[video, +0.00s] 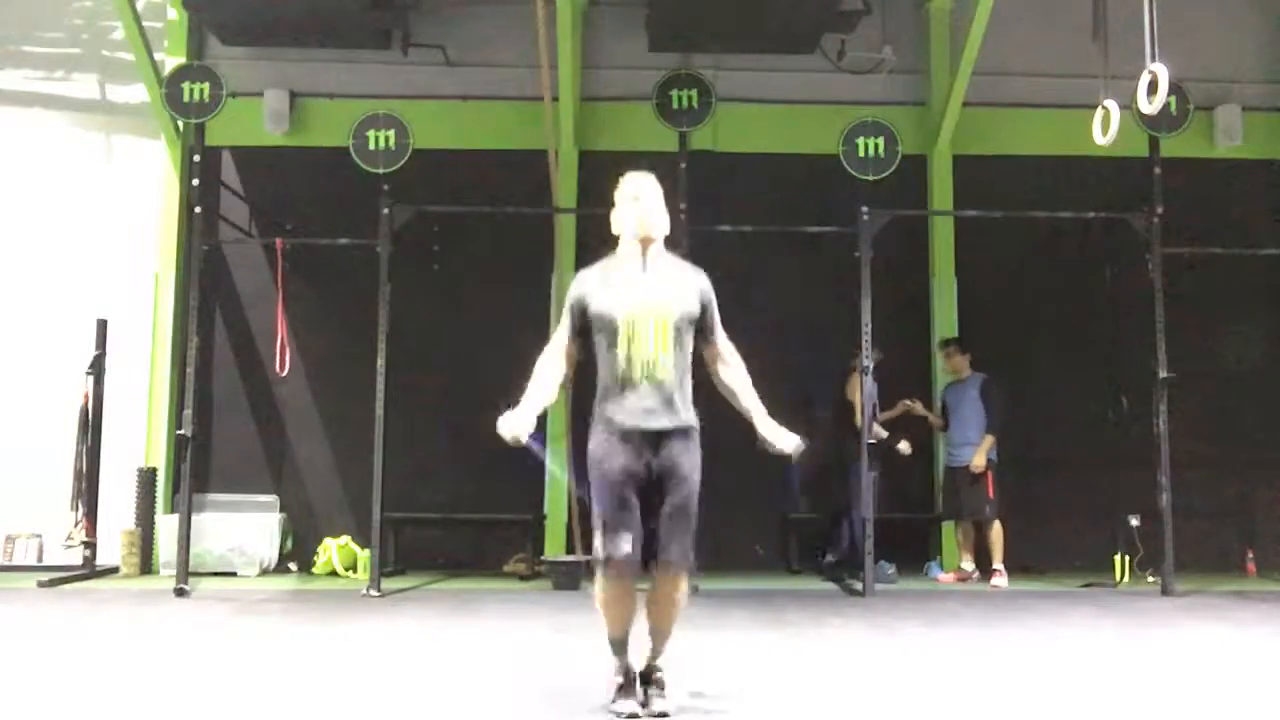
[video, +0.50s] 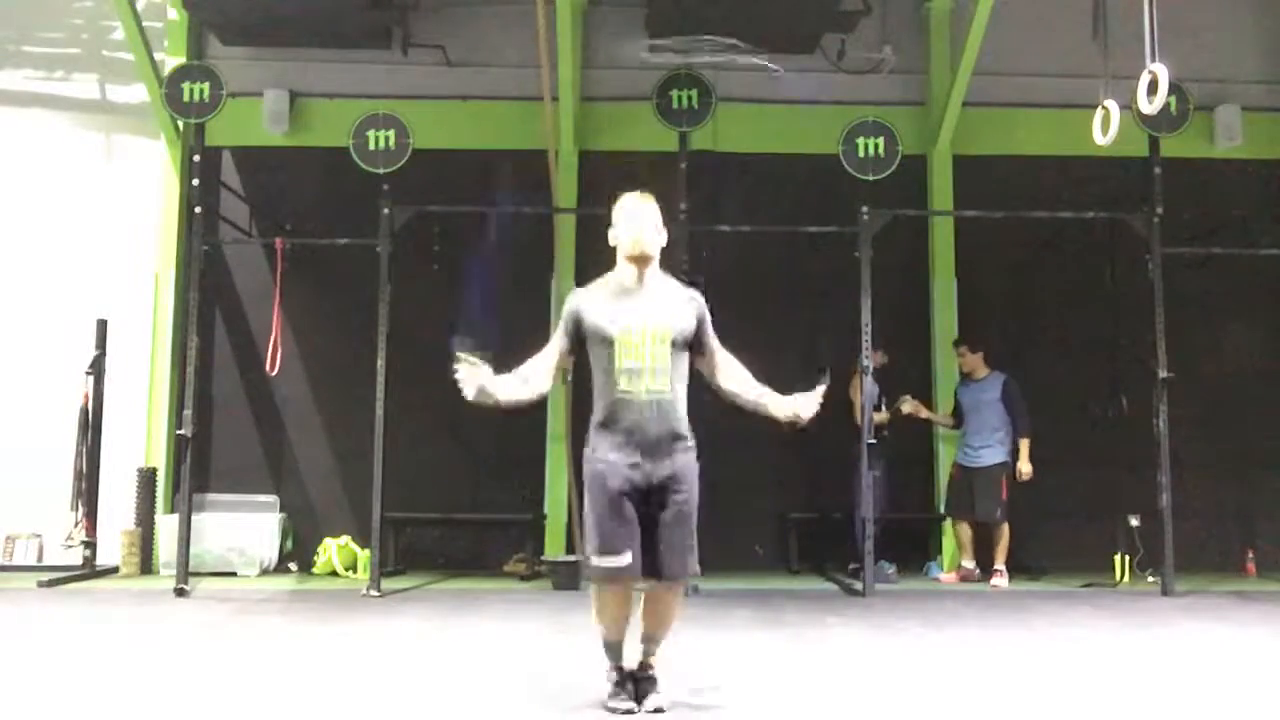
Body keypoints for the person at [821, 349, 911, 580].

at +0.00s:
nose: (871, 362)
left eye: (873, 357)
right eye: (869, 356)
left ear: (867, 358)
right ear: (863, 357)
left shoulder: (869, 380)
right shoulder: (856, 380)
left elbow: (874, 417)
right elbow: (859, 421)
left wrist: (898, 410)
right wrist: (892, 440)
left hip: (866, 450)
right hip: (857, 451)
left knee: (859, 506)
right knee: (861, 507)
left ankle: (835, 556)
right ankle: (869, 561)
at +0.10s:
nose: (878, 357)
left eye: (878, 352)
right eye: (875, 351)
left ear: (872, 357)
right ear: (868, 354)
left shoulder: (868, 380)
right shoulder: (859, 380)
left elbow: (875, 417)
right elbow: (863, 421)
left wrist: (899, 410)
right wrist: (898, 427)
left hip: (871, 447)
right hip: (862, 449)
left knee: (870, 506)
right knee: (865, 507)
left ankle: (864, 559)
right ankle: (868, 562)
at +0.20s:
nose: (879, 360)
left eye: (879, 357)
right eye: (876, 355)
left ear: (871, 359)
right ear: (870, 358)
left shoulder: (869, 380)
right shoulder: (860, 380)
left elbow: (874, 416)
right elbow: (863, 416)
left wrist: (898, 409)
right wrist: (895, 415)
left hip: (871, 445)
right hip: (864, 447)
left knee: (870, 504)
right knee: (866, 504)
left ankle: (863, 558)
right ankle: (868, 560)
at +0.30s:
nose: (882, 357)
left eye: (882, 352)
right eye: (878, 352)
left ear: (872, 357)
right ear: (870, 355)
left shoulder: (870, 381)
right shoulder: (861, 381)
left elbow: (874, 415)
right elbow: (865, 416)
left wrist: (892, 412)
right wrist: (894, 414)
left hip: (872, 446)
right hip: (865, 448)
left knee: (871, 504)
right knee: (867, 505)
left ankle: (865, 557)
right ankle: (867, 560)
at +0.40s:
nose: (883, 358)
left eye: (882, 354)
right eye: (879, 354)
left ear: (871, 356)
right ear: (871, 355)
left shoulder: (870, 381)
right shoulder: (861, 381)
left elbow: (874, 414)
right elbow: (865, 416)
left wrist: (891, 410)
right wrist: (893, 413)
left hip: (874, 445)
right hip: (867, 447)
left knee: (873, 504)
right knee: (868, 505)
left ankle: (865, 557)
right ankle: (867, 560)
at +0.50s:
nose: (883, 359)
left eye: (882, 355)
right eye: (880, 355)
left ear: (873, 357)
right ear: (871, 355)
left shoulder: (870, 380)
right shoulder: (860, 381)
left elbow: (872, 414)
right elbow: (861, 417)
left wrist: (893, 410)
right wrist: (891, 414)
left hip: (876, 444)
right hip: (867, 446)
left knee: (874, 504)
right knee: (868, 504)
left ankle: (866, 558)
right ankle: (867, 560)